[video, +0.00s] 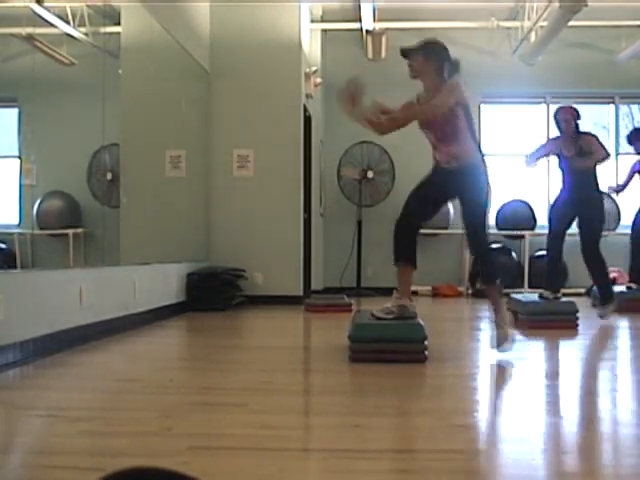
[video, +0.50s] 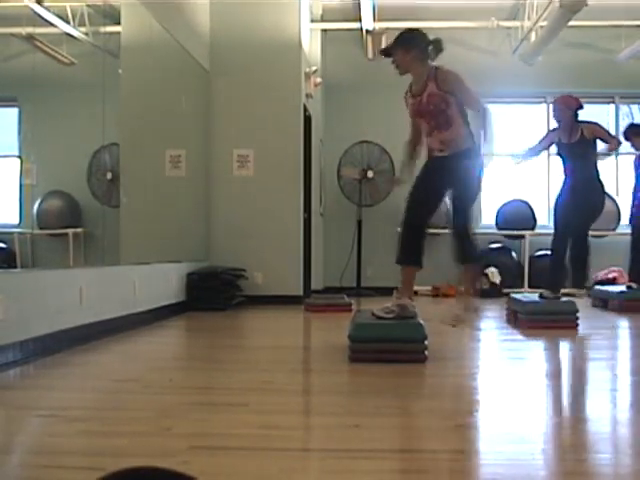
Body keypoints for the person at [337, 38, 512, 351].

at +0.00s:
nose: (410, 65)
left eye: (416, 61)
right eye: (411, 61)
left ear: (434, 64)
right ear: (422, 67)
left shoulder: (453, 90)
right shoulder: (417, 102)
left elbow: (431, 111)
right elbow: (385, 127)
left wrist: (392, 114)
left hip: (470, 172)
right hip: (441, 174)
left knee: (479, 244)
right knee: (406, 225)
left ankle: (500, 319)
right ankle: (402, 301)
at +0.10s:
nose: (398, 53)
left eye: (403, 47)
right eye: (398, 48)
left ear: (420, 49)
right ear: (409, 52)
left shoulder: (446, 75)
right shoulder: (406, 93)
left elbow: (467, 113)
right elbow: (393, 135)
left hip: (462, 157)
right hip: (432, 161)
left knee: (457, 222)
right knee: (411, 221)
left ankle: (463, 296)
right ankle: (403, 298)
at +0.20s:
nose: (387, 56)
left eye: (391, 50)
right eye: (387, 50)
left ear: (410, 50)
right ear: (401, 53)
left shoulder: (438, 76)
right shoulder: (401, 91)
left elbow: (484, 97)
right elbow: (411, 128)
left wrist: (509, 129)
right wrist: (406, 164)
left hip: (456, 157)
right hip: (425, 162)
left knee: (435, 205)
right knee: (405, 216)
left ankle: (438, 286)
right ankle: (403, 296)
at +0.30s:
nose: (383, 68)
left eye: (387, 62)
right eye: (383, 63)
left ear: (403, 62)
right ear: (399, 64)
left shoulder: (437, 86)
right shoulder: (398, 100)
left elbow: (485, 92)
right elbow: (421, 130)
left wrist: (517, 117)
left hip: (453, 167)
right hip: (423, 168)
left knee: (419, 214)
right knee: (392, 223)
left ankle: (425, 289)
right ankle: (401, 297)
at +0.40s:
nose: (384, 70)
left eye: (388, 63)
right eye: (383, 64)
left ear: (404, 63)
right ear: (402, 65)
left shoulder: (438, 86)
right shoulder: (402, 102)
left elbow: (486, 98)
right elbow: (425, 131)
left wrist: (516, 127)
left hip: (454, 168)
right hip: (424, 169)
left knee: (431, 218)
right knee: (394, 223)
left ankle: (430, 296)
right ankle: (401, 299)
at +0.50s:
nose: (393, 62)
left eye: (396, 55)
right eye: (392, 56)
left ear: (414, 53)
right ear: (408, 56)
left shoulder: (445, 78)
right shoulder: (412, 93)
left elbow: (480, 110)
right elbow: (415, 136)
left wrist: (486, 150)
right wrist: (404, 172)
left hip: (464, 158)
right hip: (435, 162)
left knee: (461, 225)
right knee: (413, 221)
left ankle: (468, 300)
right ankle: (405, 299)